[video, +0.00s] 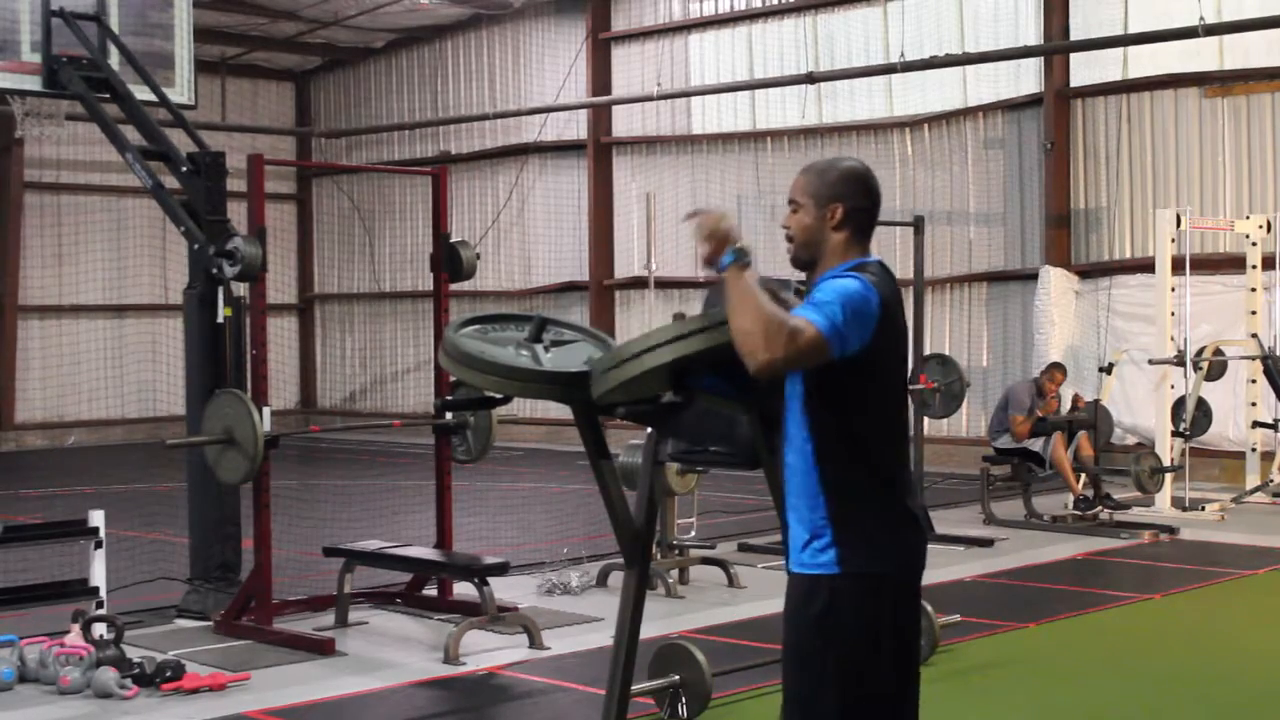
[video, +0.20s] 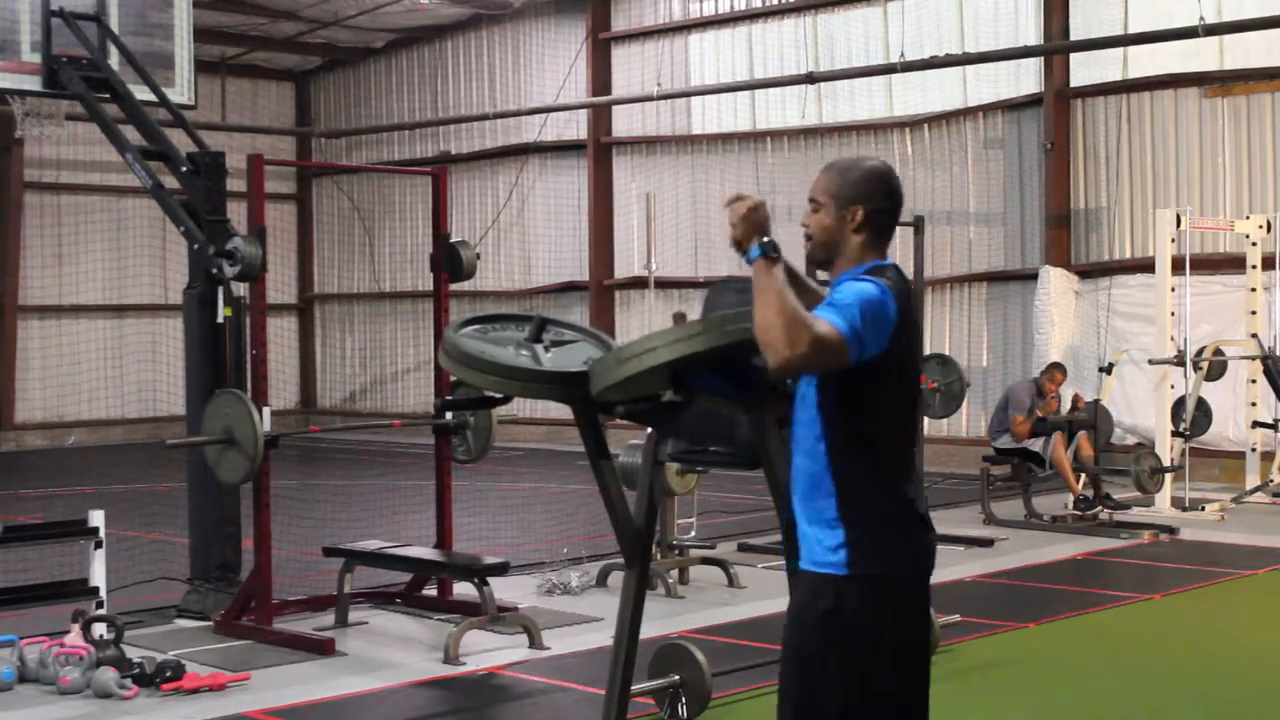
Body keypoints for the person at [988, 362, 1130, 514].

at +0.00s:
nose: (1053, 389)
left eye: (1058, 385)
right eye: (1051, 382)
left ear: (1061, 385)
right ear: (1042, 374)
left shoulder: (1051, 396)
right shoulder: (1020, 392)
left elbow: (1055, 428)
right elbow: (1018, 435)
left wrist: (1073, 411)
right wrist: (1040, 412)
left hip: (1029, 438)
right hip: (1004, 439)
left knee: (1080, 435)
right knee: (1055, 439)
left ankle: (1100, 494)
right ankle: (1079, 498)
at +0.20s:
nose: (1053, 389)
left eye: (1058, 385)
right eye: (1051, 382)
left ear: (1061, 385)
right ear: (1042, 375)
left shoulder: (1050, 396)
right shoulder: (1020, 392)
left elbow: (1054, 428)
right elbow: (1018, 435)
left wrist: (1073, 412)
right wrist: (1041, 413)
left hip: (1029, 439)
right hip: (1003, 439)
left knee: (1080, 435)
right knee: (1055, 439)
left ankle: (1099, 494)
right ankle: (1079, 498)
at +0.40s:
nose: (1054, 389)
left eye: (1058, 385)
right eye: (1051, 382)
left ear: (1061, 385)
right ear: (1042, 374)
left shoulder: (1051, 395)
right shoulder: (1020, 392)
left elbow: (1055, 427)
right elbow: (1018, 435)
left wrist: (1073, 411)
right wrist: (1041, 413)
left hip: (1029, 438)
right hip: (1004, 440)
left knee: (1080, 435)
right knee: (1055, 439)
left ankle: (1099, 494)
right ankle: (1079, 498)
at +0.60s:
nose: (1053, 388)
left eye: (1058, 385)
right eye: (1051, 382)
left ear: (1061, 385)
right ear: (1042, 374)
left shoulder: (1052, 396)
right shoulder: (1021, 391)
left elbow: (1054, 427)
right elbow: (1019, 435)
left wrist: (1073, 412)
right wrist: (1040, 413)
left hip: (1029, 438)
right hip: (1004, 439)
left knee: (1080, 435)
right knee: (1055, 439)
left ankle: (1099, 494)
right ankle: (1079, 498)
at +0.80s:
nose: (1054, 389)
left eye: (1058, 385)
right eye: (1051, 382)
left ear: (1061, 384)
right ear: (1042, 374)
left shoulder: (1050, 395)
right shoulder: (1021, 391)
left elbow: (1055, 426)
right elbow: (1019, 435)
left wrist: (1073, 410)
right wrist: (1040, 412)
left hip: (1030, 438)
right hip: (1004, 440)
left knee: (1080, 435)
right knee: (1055, 439)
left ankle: (1099, 494)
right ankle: (1079, 498)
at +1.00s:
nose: (1054, 389)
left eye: (1058, 385)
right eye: (1051, 382)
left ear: (1061, 385)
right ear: (1042, 375)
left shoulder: (1052, 395)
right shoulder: (1021, 391)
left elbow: (1055, 426)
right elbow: (1019, 435)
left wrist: (1073, 411)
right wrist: (1040, 412)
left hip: (1030, 437)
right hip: (1004, 439)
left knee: (1081, 435)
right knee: (1055, 439)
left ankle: (1100, 494)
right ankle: (1079, 498)